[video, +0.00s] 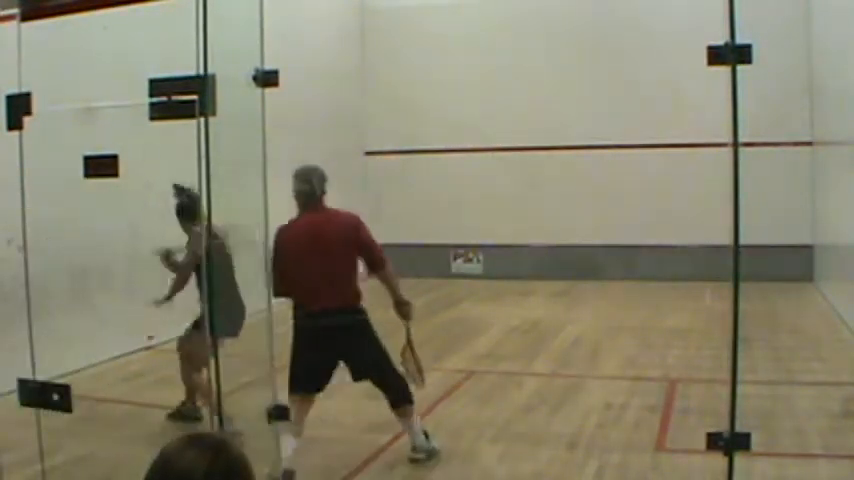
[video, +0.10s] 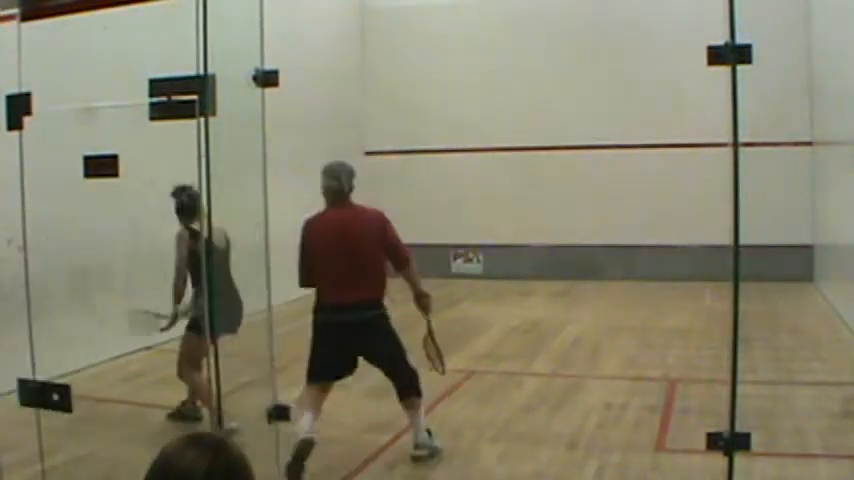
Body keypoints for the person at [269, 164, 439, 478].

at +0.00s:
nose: (300, 195)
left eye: (298, 191)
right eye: (311, 188)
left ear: (295, 194)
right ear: (324, 191)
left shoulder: (285, 234)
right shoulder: (348, 223)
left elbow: (280, 288)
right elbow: (379, 264)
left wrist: (314, 287)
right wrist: (398, 299)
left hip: (310, 326)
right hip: (350, 322)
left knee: (301, 392)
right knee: (390, 380)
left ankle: (288, 461)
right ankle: (418, 442)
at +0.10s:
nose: (326, 190)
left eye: (326, 186)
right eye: (333, 185)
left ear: (324, 188)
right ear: (352, 186)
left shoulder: (313, 226)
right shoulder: (375, 220)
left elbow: (307, 279)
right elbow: (402, 261)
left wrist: (340, 271)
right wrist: (419, 291)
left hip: (329, 322)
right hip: (371, 320)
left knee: (319, 380)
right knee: (404, 376)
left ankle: (305, 432)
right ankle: (420, 439)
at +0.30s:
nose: (369, 191)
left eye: (366, 186)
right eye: (372, 186)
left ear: (354, 191)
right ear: (381, 190)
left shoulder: (339, 226)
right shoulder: (398, 226)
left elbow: (327, 272)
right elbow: (423, 266)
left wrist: (358, 271)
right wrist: (430, 294)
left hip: (347, 318)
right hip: (388, 317)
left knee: (326, 363)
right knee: (419, 363)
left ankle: (315, 426)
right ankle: (449, 420)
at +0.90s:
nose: (371, 201)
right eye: (373, 197)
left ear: (350, 199)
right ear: (373, 199)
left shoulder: (332, 225)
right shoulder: (385, 227)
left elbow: (319, 267)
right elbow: (400, 269)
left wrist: (340, 284)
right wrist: (403, 303)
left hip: (336, 302)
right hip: (372, 300)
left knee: (331, 351)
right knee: (405, 349)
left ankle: (320, 405)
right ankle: (412, 404)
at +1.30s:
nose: (411, 185)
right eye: (414, 181)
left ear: (391, 177)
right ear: (415, 181)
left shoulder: (368, 201)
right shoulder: (417, 208)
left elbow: (343, 235)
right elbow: (425, 254)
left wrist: (342, 269)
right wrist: (434, 289)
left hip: (361, 281)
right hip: (392, 284)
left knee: (373, 333)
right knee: (405, 344)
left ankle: (356, 393)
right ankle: (390, 405)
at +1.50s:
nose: (425, 189)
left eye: (426, 184)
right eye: (425, 183)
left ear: (404, 174)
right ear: (419, 178)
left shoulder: (375, 195)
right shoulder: (413, 198)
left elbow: (347, 217)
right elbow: (416, 245)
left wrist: (355, 245)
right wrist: (426, 282)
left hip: (371, 271)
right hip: (396, 275)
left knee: (391, 335)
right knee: (413, 337)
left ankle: (382, 397)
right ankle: (391, 400)